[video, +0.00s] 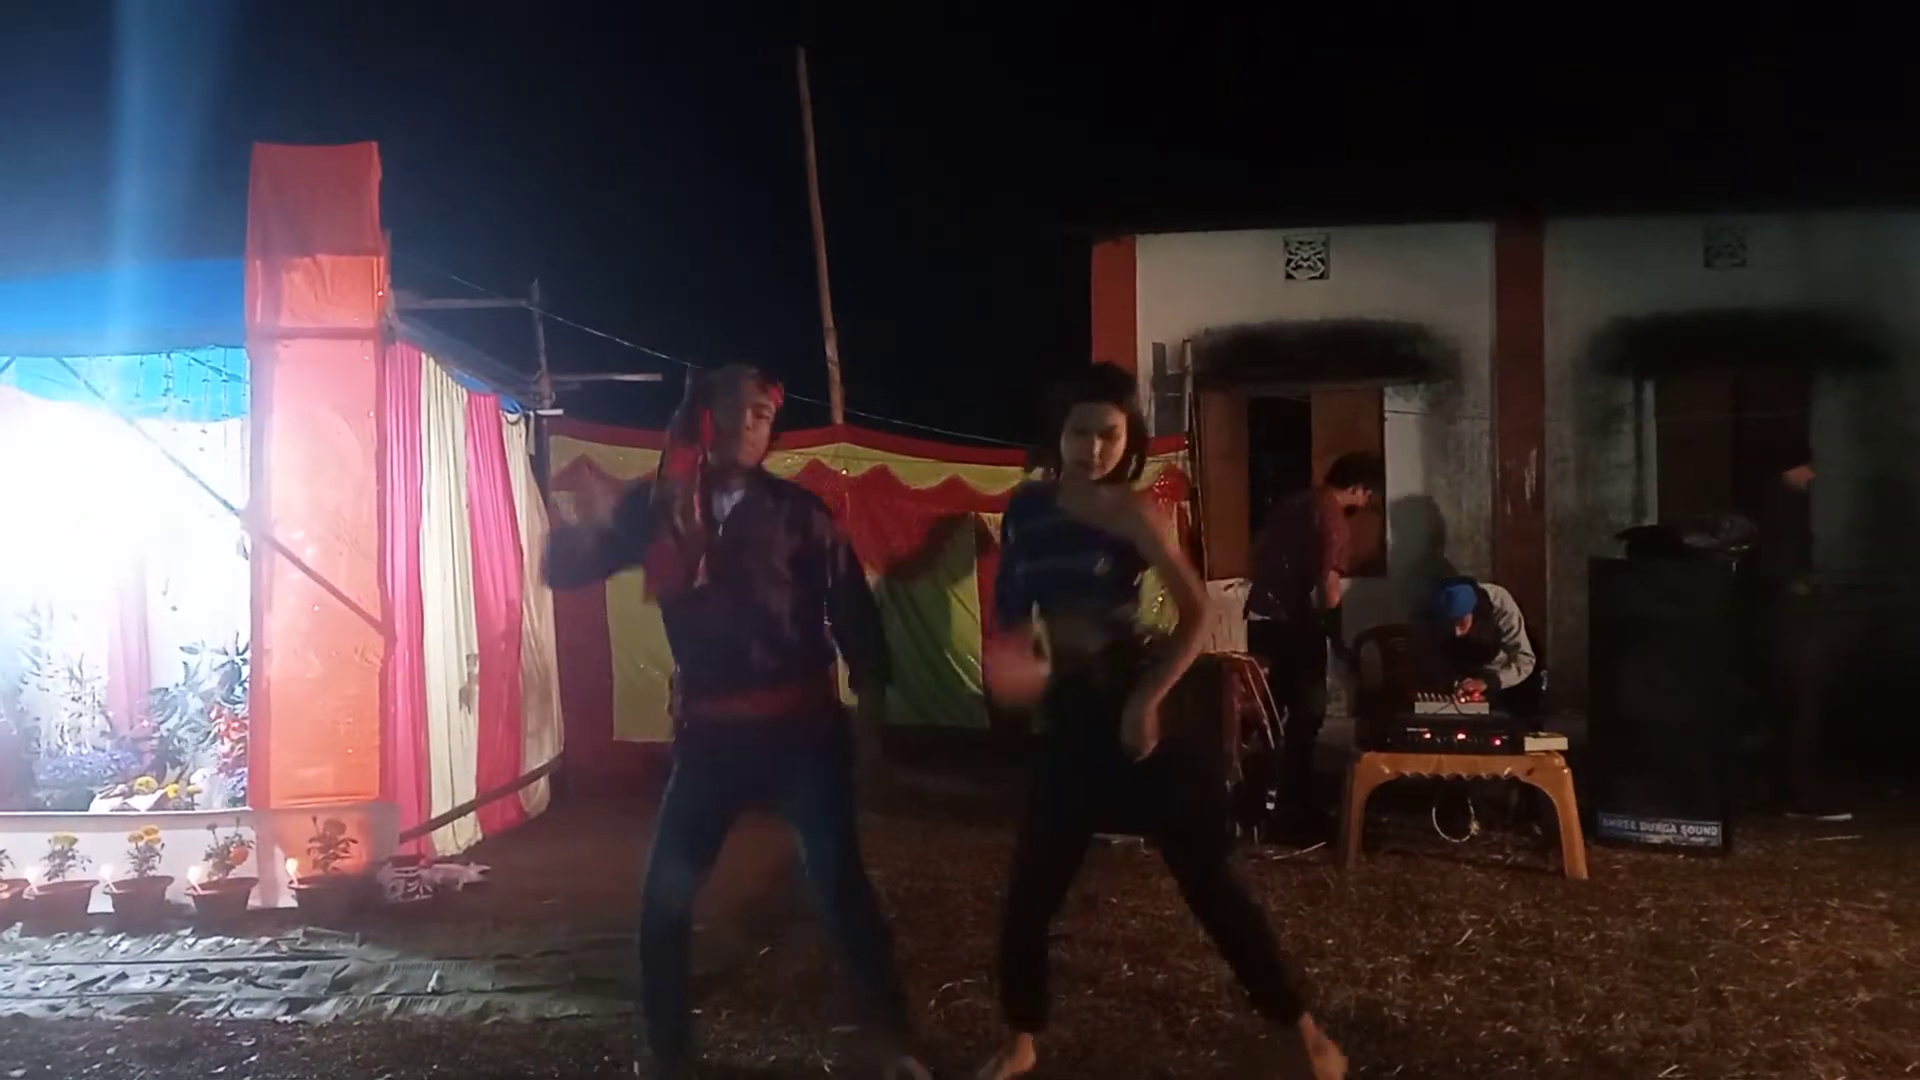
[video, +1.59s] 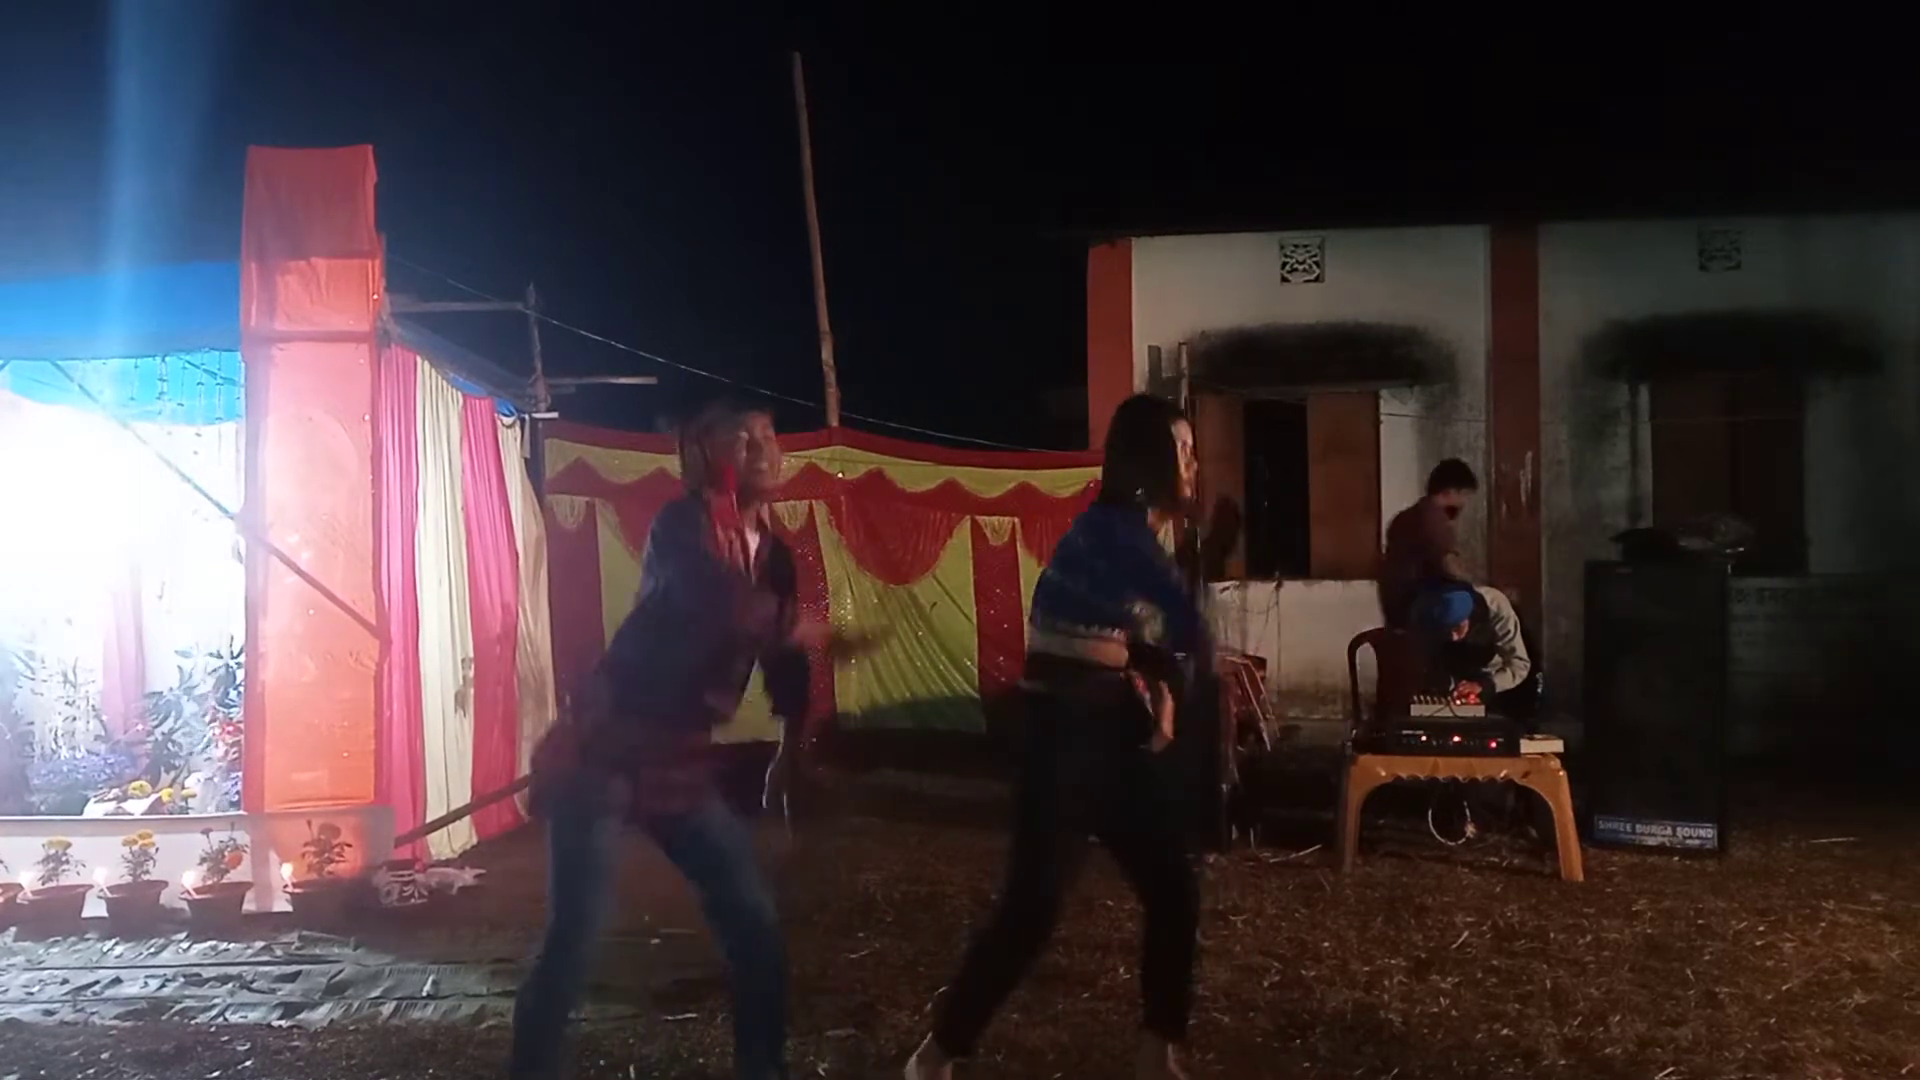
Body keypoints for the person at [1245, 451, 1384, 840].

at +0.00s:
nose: (1363, 504)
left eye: (1367, 497)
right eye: (1366, 496)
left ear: (1334, 478)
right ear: (1356, 489)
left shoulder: (1294, 504)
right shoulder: (1330, 514)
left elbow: (1268, 562)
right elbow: (1329, 578)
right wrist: (1335, 628)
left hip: (1265, 622)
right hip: (1298, 624)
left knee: (1275, 712)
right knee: (1308, 714)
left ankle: (1262, 799)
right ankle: (1296, 809)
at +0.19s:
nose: (1340, 504)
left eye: (1342, 497)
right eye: (1342, 496)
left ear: (1312, 481)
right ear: (1334, 489)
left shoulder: (1265, 503)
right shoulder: (1318, 514)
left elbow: (1233, 559)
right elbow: (1328, 581)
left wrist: (1227, 610)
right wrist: (1355, 630)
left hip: (1248, 626)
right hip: (1290, 628)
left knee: (1254, 708)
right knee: (1311, 708)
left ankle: (1249, 795)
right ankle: (1297, 798)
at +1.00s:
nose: (1377, 512)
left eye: (1380, 507)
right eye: (1378, 505)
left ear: (1351, 491)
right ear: (1367, 497)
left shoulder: (1303, 515)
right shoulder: (1363, 524)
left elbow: (1276, 565)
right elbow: (1365, 583)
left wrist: (1267, 610)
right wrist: (1372, 615)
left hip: (1298, 632)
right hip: (1342, 635)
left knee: (1275, 706)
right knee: (1349, 713)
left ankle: (1253, 772)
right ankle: (1346, 780)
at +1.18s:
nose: (1398, 504)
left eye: (1401, 497)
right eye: (1400, 496)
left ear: (1371, 484)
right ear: (1388, 490)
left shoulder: (1329, 508)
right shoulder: (1381, 515)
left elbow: (1301, 560)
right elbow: (1390, 570)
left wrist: (1295, 607)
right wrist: (1411, 600)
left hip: (1323, 617)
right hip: (1359, 617)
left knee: (1328, 677)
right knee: (1359, 687)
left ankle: (1282, 727)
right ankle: (1349, 756)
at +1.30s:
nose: (1409, 500)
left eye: (1413, 493)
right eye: (1411, 491)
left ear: (1381, 480)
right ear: (1399, 485)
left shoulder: (1342, 509)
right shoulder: (1391, 512)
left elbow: (1320, 563)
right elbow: (1403, 565)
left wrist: (1315, 605)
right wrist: (1427, 587)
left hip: (1336, 611)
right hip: (1371, 613)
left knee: (1358, 675)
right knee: (1371, 679)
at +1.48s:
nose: (1441, 502)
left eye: (1445, 497)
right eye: (1442, 494)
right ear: (1430, 487)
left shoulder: (1382, 511)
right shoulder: (1418, 514)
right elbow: (1431, 567)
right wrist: (1461, 613)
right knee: (1466, 599)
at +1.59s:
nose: (1464, 503)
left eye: (1466, 497)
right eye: (1463, 495)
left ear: (1432, 487)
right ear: (1449, 492)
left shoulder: (1401, 519)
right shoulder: (1437, 521)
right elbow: (1449, 568)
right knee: (1493, 599)